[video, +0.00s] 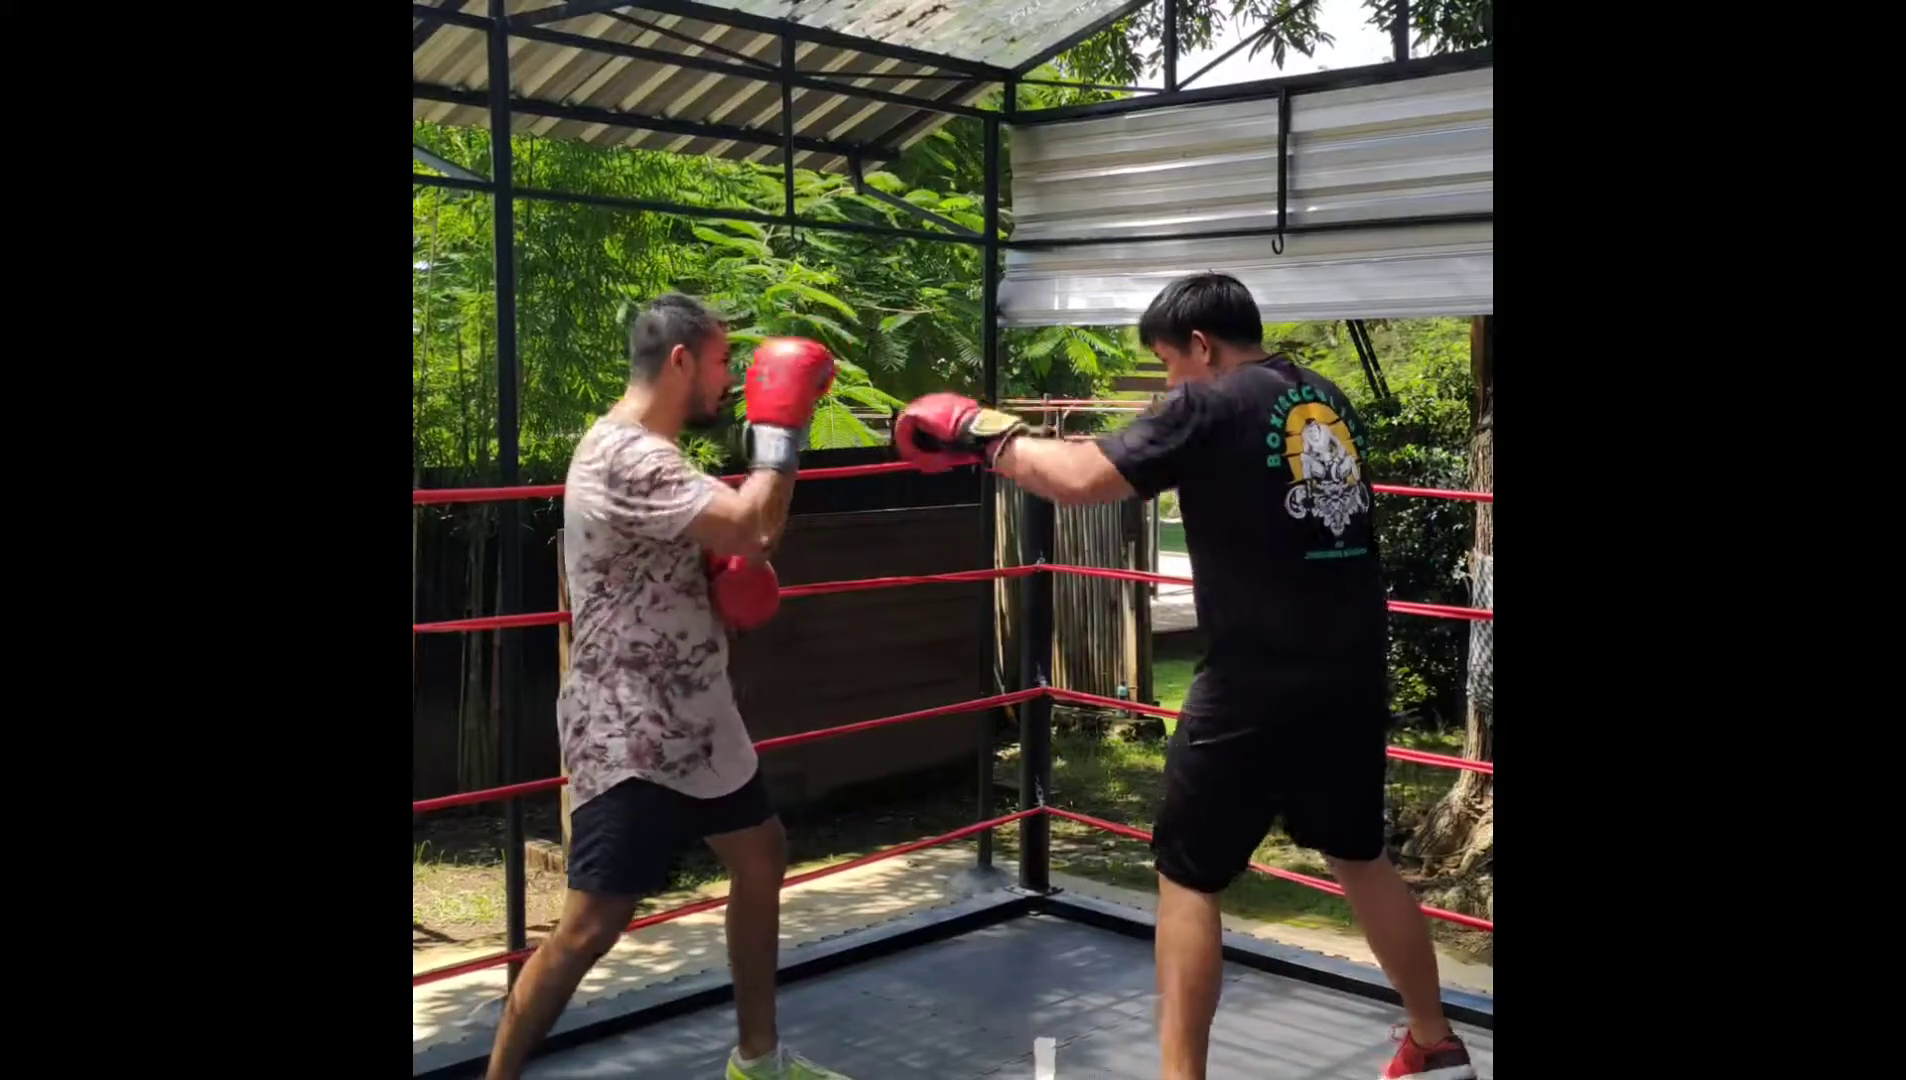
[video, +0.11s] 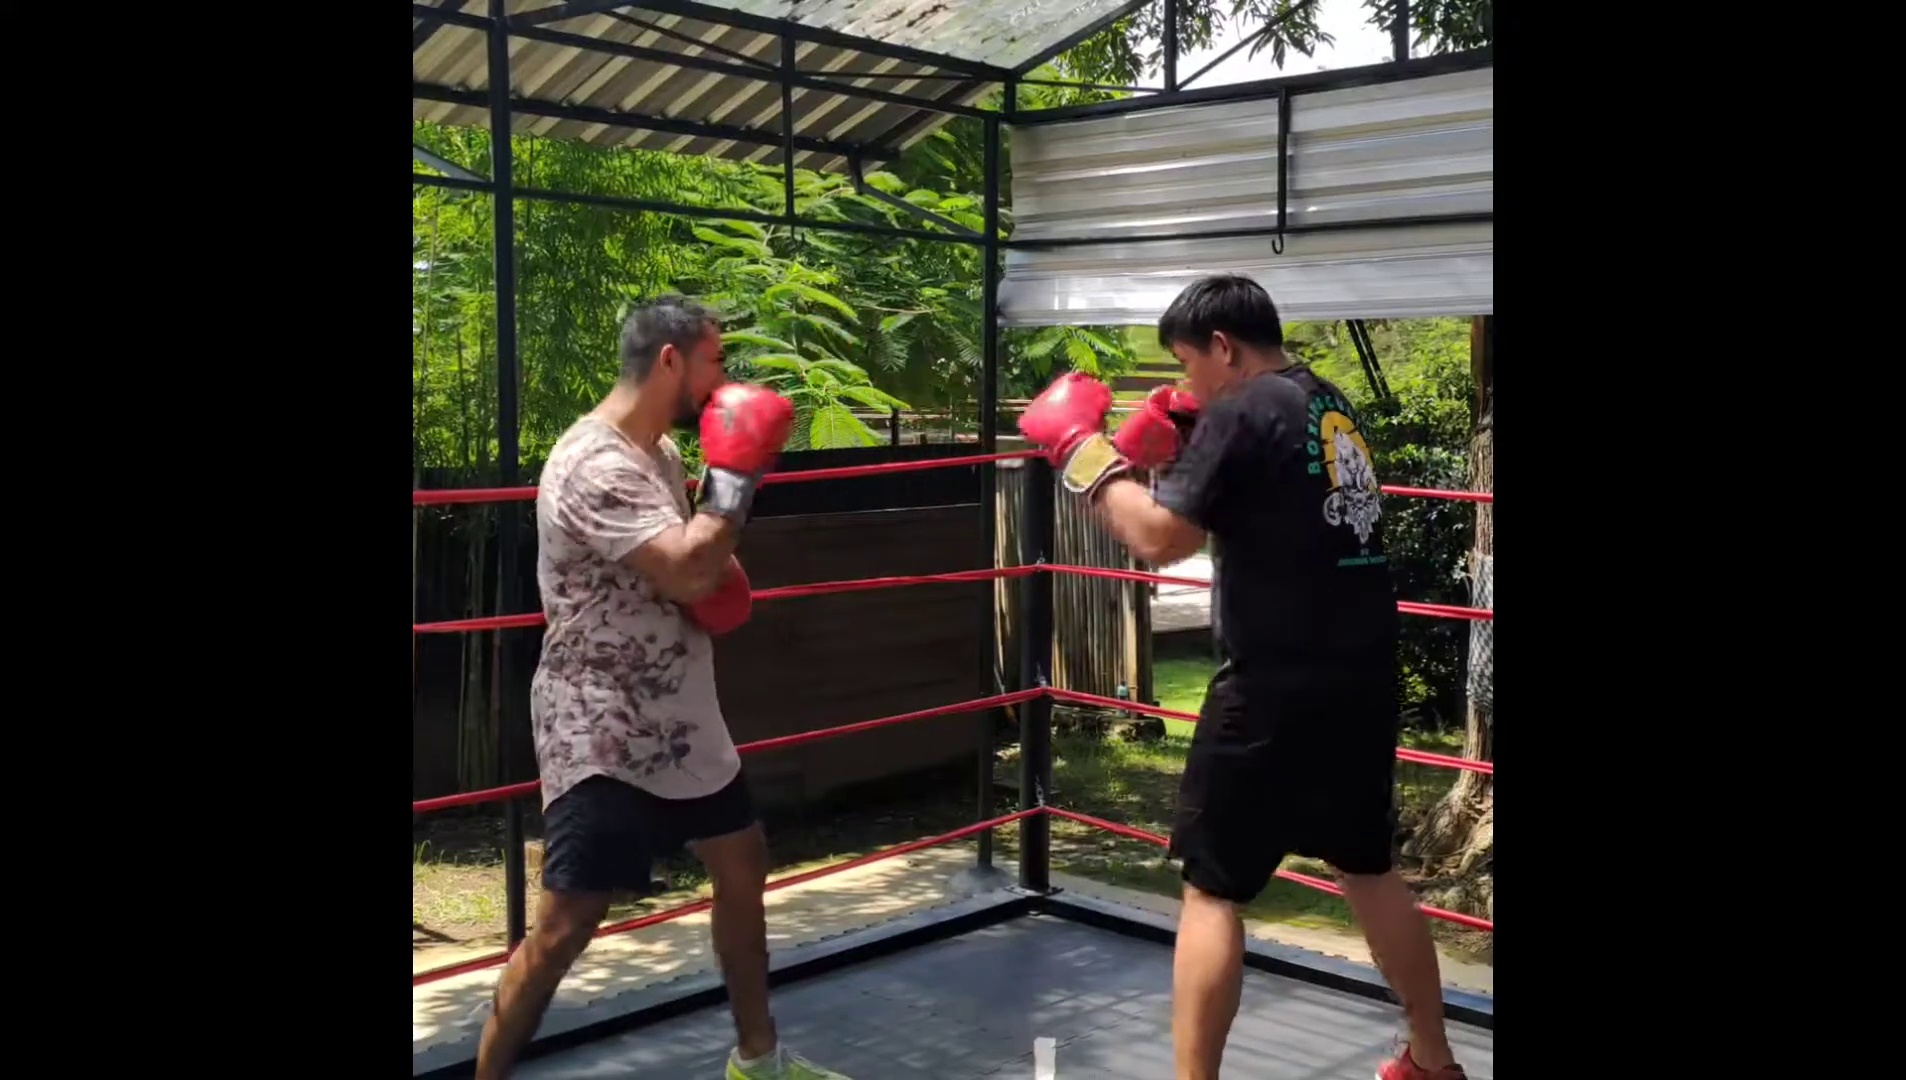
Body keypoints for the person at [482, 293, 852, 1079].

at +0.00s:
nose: (728, 377)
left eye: (729, 361)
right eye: (722, 359)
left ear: (663, 360)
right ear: (681, 360)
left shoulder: (653, 451)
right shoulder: (622, 455)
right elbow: (751, 524)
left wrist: (731, 588)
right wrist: (781, 427)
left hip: (696, 719)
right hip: (629, 729)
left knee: (761, 859)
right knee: (588, 928)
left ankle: (759, 1055)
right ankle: (497, 1074)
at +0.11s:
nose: (721, 376)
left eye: (721, 360)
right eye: (713, 359)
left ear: (662, 361)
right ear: (668, 360)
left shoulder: (662, 454)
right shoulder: (588, 463)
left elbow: (695, 556)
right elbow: (688, 573)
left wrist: (717, 587)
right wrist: (735, 477)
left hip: (683, 720)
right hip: (601, 730)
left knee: (741, 867)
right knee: (562, 927)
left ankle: (758, 1053)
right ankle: (488, 1074)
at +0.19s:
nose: (701, 391)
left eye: (702, 373)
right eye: (694, 372)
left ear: (645, 372)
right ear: (652, 371)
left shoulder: (656, 461)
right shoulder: (557, 468)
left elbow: (673, 566)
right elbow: (626, 594)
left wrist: (693, 605)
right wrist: (693, 505)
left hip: (655, 724)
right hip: (567, 733)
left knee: (712, 878)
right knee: (541, 926)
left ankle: (758, 1055)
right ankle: (484, 1075)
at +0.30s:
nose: (686, 405)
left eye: (689, 387)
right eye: (681, 386)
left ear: (632, 384)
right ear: (633, 381)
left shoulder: (640, 473)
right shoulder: (534, 480)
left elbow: (659, 577)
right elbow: (592, 609)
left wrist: (666, 615)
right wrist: (664, 528)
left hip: (629, 717)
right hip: (544, 726)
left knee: (698, 875)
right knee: (529, 937)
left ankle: (756, 1055)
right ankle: (481, 1076)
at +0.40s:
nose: (682, 399)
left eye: (685, 381)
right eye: (676, 379)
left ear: (627, 378)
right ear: (627, 374)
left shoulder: (634, 463)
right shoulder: (532, 473)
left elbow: (643, 566)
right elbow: (593, 604)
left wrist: (666, 600)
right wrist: (662, 516)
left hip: (626, 715)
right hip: (540, 725)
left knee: (692, 869)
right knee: (526, 935)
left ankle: (733, 1056)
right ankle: (479, 1075)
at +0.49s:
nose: (685, 388)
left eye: (688, 370)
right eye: (678, 367)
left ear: (627, 366)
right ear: (627, 362)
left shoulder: (627, 450)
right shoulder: (545, 459)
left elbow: (631, 571)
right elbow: (611, 590)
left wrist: (672, 581)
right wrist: (676, 489)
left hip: (635, 711)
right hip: (554, 722)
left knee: (688, 871)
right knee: (530, 933)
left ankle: (727, 1057)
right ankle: (480, 1074)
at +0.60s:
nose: (691, 391)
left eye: (695, 373)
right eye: (683, 370)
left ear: (630, 369)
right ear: (631, 365)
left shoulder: (627, 455)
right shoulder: (551, 461)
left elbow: (623, 590)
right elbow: (619, 593)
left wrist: (672, 583)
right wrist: (683, 493)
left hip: (646, 725)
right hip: (565, 735)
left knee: (709, 868)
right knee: (539, 936)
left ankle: (730, 1058)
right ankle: (481, 1074)